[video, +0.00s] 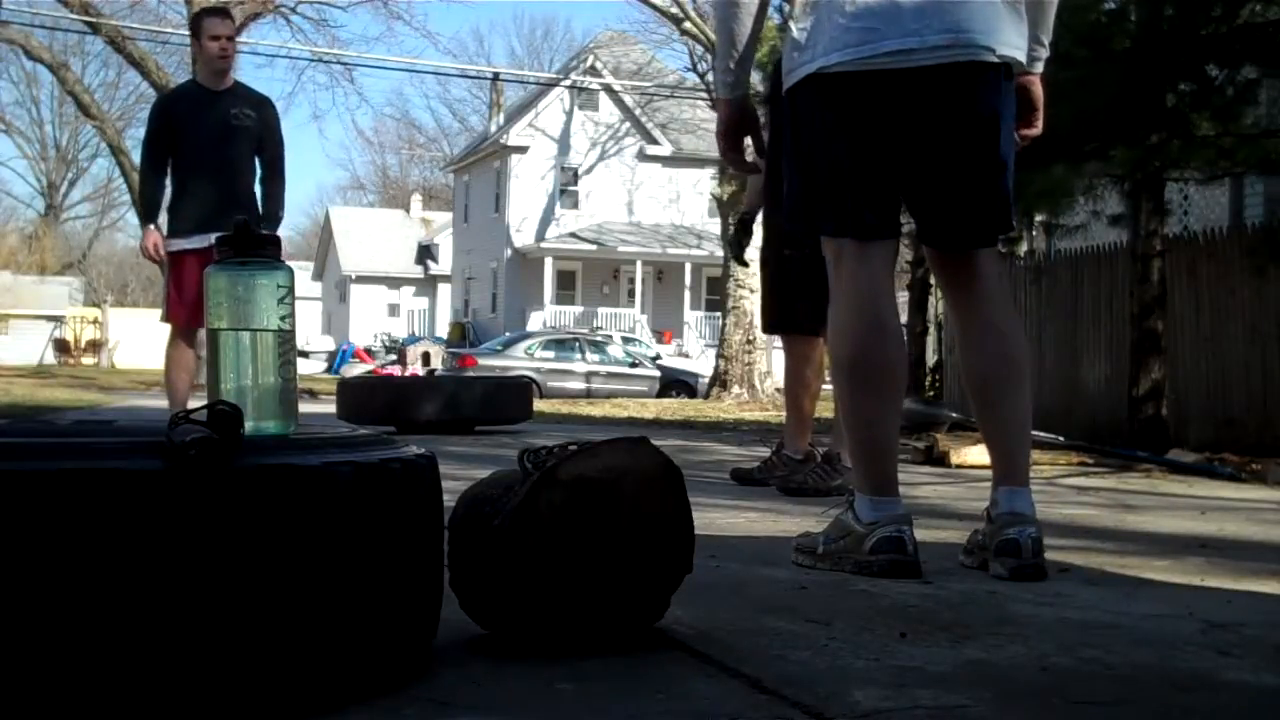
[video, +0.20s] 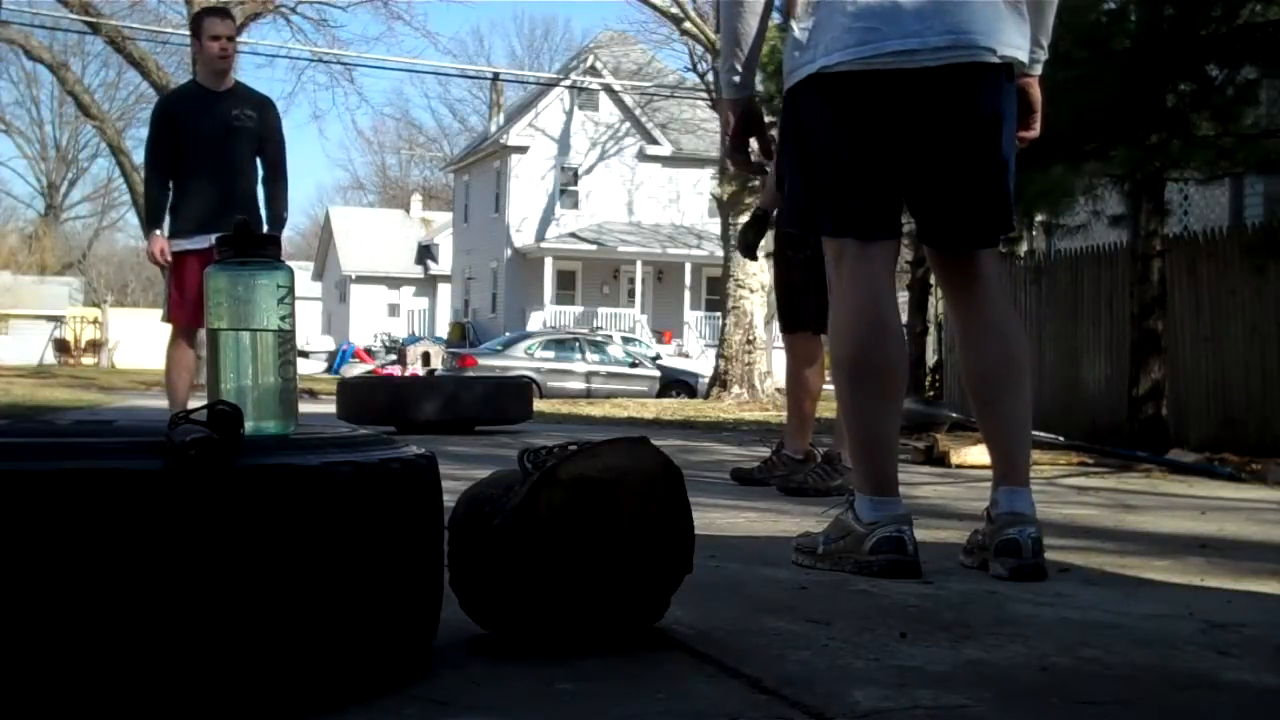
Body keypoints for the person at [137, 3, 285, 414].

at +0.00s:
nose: (225, 46)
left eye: (230, 39)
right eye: (215, 39)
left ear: (237, 45)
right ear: (196, 45)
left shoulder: (259, 106)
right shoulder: (170, 105)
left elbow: (273, 174)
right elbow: (152, 169)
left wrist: (269, 229)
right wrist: (148, 224)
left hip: (243, 237)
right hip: (186, 237)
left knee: (242, 333)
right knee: (185, 330)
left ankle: (238, 423)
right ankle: (178, 421)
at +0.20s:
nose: (225, 47)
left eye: (230, 39)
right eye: (215, 39)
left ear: (237, 45)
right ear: (196, 45)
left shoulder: (260, 106)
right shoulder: (171, 106)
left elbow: (275, 175)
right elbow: (156, 172)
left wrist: (275, 232)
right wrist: (154, 229)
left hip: (245, 238)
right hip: (188, 238)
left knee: (242, 334)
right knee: (185, 332)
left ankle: (239, 424)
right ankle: (178, 422)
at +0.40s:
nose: (227, 47)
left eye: (232, 40)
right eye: (217, 40)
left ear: (238, 46)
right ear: (197, 46)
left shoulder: (261, 106)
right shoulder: (172, 106)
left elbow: (277, 172)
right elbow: (159, 171)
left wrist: (279, 230)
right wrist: (161, 229)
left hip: (245, 238)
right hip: (188, 238)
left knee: (244, 335)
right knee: (185, 332)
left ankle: (242, 423)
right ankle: (178, 422)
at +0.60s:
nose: (228, 48)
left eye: (234, 41)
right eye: (219, 40)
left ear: (240, 46)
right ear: (197, 46)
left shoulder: (263, 106)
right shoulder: (173, 106)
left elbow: (279, 172)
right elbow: (159, 172)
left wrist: (279, 230)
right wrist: (160, 228)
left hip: (247, 238)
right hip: (190, 238)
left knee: (247, 335)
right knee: (186, 332)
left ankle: (244, 425)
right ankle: (178, 423)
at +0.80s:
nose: (230, 48)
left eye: (235, 41)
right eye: (220, 40)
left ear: (241, 46)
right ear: (199, 45)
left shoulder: (263, 106)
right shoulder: (174, 105)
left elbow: (279, 171)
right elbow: (158, 169)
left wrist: (278, 229)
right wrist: (156, 224)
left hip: (248, 238)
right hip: (192, 238)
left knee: (248, 336)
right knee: (186, 332)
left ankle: (244, 426)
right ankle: (178, 423)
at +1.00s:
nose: (235, 49)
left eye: (238, 42)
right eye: (225, 41)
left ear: (243, 46)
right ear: (201, 45)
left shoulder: (263, 106)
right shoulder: (176, 104)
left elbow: (285, 167)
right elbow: (152, 163)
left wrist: (268, 206)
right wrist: (164, 203)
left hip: (246, 239)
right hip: (193, 239)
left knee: (245, 335)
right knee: (187, 331)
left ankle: (242, 425)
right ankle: (178, 421)